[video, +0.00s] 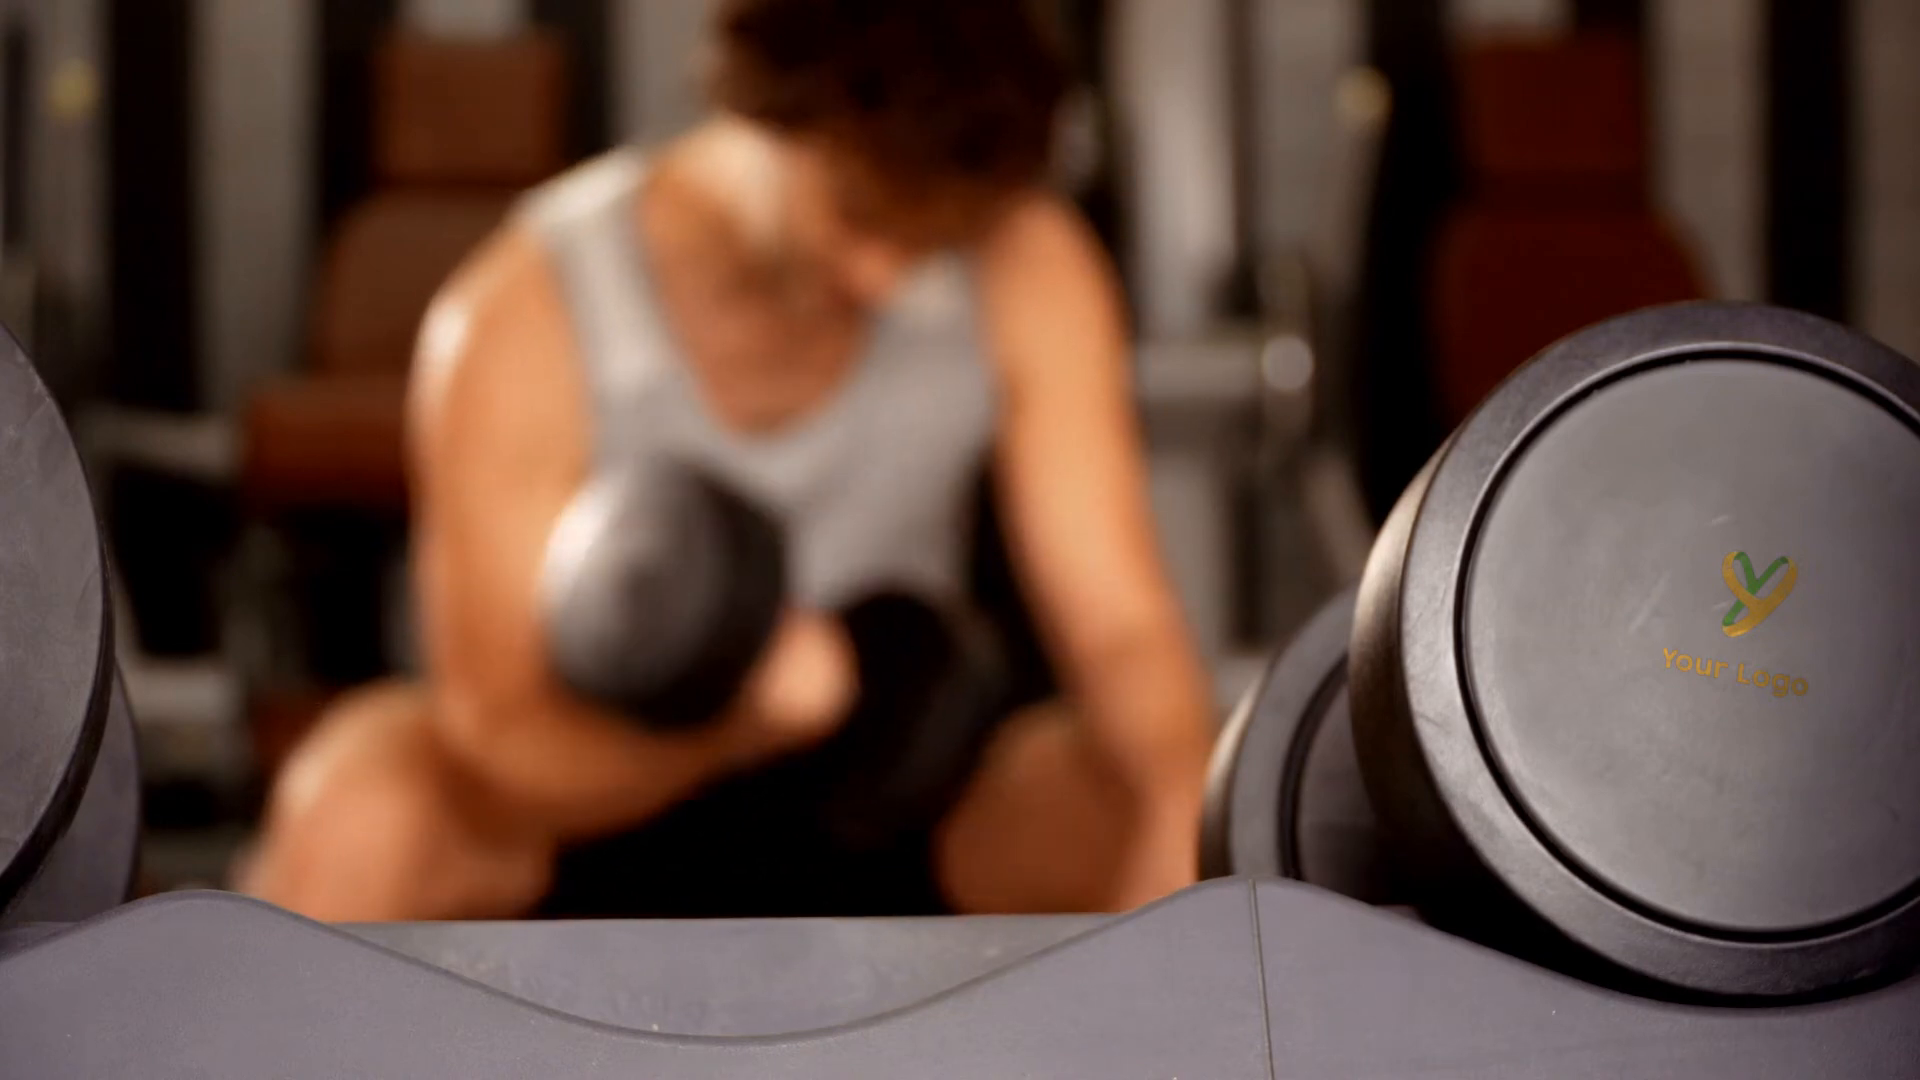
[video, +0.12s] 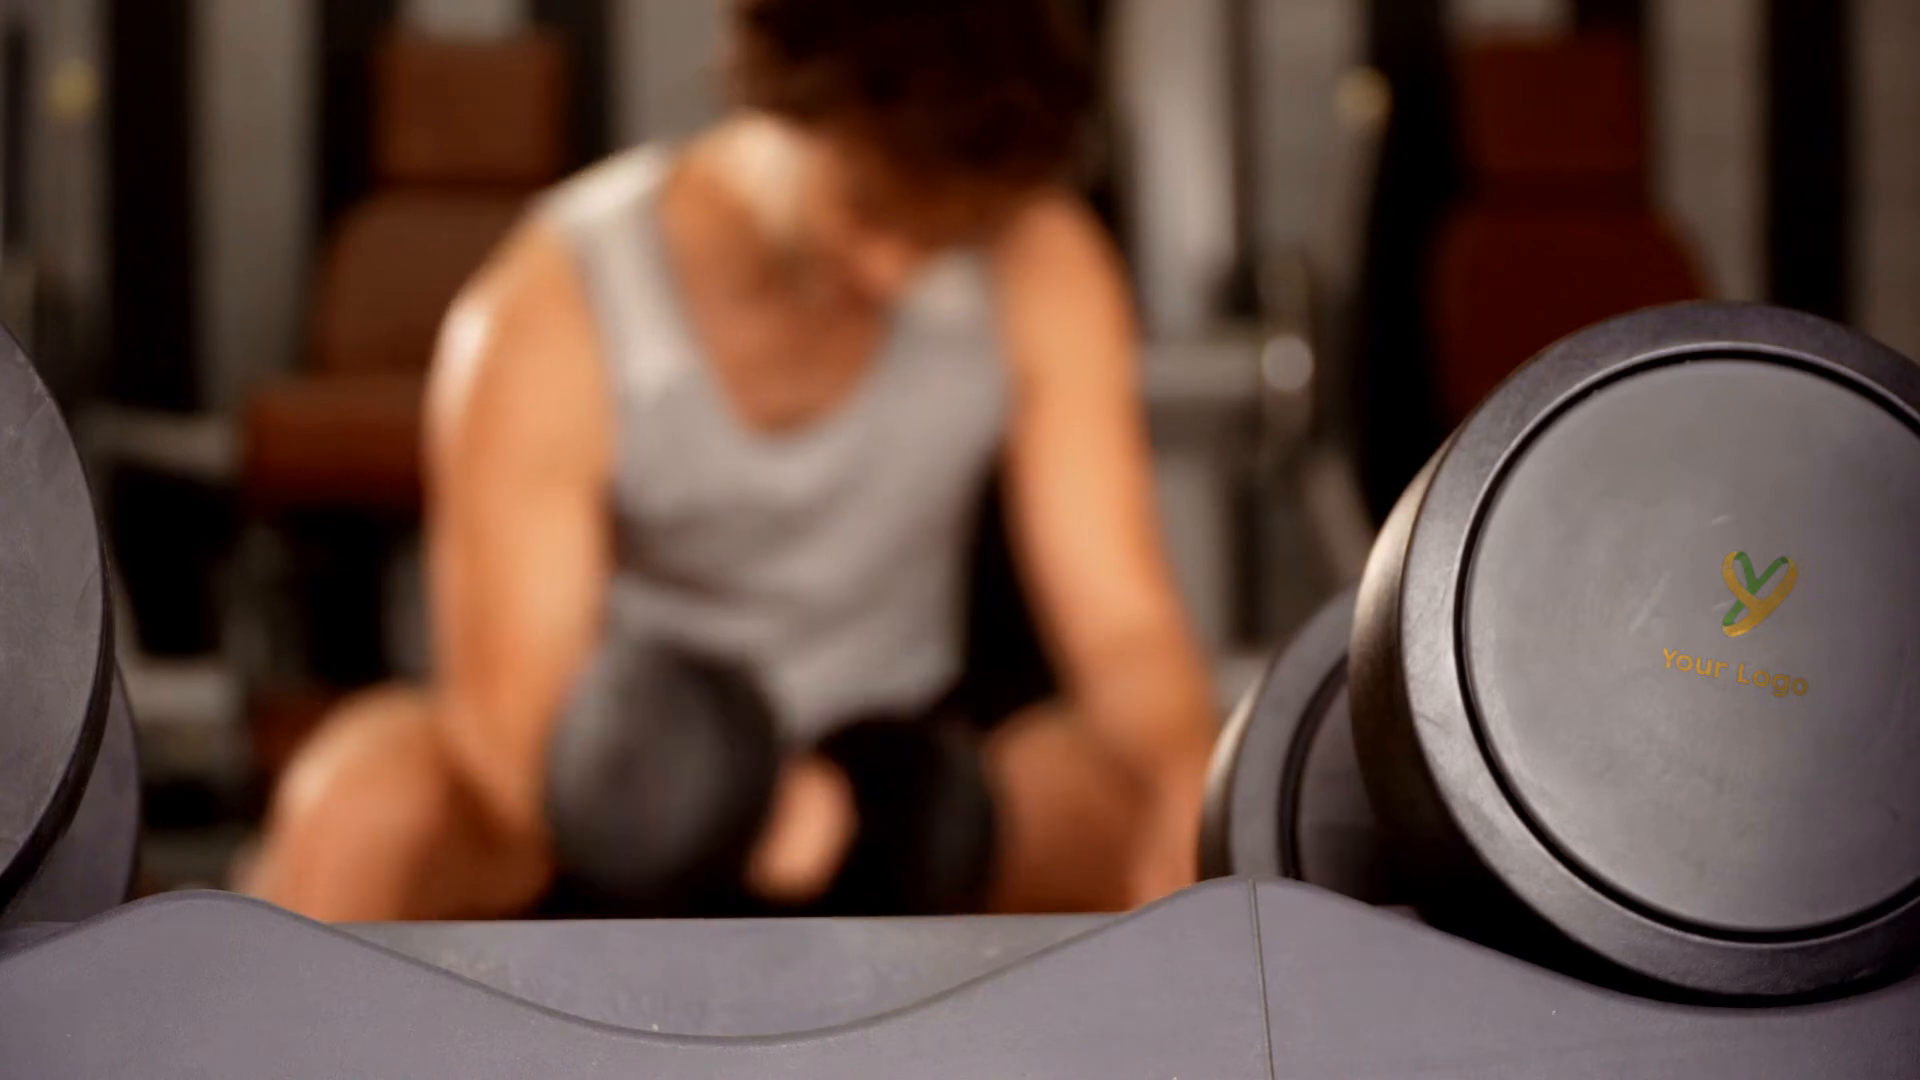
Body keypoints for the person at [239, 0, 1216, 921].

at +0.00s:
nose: (884, 277)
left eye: (930, 239)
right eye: (859, 223)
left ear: (984, 185)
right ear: (772, 128)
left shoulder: (1019, 259)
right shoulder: (518, 316)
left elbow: (1122, 629)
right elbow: (511, 752)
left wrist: (1183, 834)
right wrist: (751, 718)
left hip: (888, 783)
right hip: (593, 798)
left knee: (1184, 807)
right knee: (358, 797)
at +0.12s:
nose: (893, 271)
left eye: (944, 232)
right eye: (867, 214)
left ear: (1003, 179)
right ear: (785, 116)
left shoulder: (1034, 256)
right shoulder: (546, 313)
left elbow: (1125, 636)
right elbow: (514, 735)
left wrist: (1195, 807)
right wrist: (846, 823)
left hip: (901, 796)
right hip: (611, 796)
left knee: (1193, 800)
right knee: (360, 786)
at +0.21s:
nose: (905, 272)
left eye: (955, 233)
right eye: (879, 215)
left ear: (1010, 180)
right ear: (799, 119)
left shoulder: (1042, 255)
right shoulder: (562, 313)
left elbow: (1126, 631)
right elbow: (514, 764)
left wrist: (1201, 806)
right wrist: (734, 897)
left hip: (907, 770)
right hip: (625, 782)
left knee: (1199, 815)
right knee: (358, 797)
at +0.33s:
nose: (916, 282)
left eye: (970, 240)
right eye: (889, 220)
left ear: (1024, 192)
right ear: (805, 120)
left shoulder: (1052, 262)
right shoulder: (584, 314)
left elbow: (1133, 641)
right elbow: (519, 791)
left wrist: (1207, 826)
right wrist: (678, 1040)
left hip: (901, 778)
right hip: (624, 789)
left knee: (1192, 815)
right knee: (363, 798)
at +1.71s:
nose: (912, 238)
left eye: (961, 192)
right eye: (879, 175)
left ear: (1013, 159)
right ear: (778, 82)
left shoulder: (1044, 256)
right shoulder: (578, 307)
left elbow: (1133, 637)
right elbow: (508, 744)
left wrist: (1182, 851)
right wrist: (721, 897)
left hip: (902, 785)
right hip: (626, 794)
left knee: (1197, 790)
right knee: (369, 793)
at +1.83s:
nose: (908, 231)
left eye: (957, 183)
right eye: (875, 168)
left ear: (1010, 150)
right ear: (777, 76)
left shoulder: (1038, 257)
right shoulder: (556, 309)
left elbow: (1134, 640)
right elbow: (519, 737)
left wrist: (1185, 835)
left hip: (899, 802)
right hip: (619, 800)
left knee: (1193, 787)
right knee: (373, 789)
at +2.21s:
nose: (869, 230)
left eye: (914, 181)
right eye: (834, 169)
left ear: (965, 142)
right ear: (735, 90)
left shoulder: (1001, 257)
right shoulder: (483, 319)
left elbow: (1120, 632)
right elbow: (523, 750)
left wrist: (1180, 884)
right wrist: (745, 704)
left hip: (898, 785)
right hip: (601, 795)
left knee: (1169, 807)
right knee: (371, 805)